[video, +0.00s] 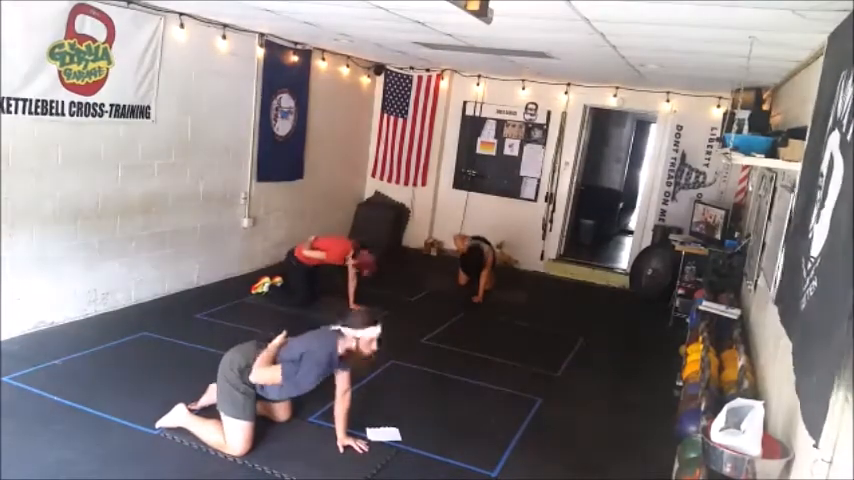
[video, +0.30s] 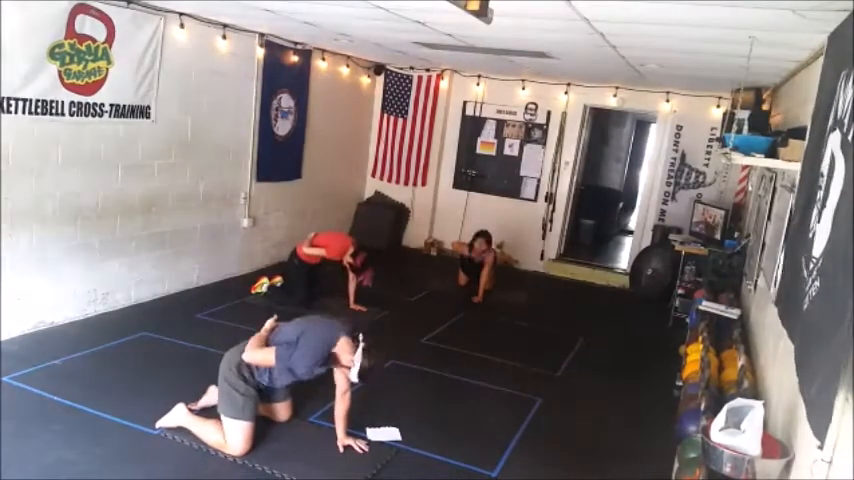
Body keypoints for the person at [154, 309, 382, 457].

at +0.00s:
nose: (375, 346)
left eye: (377, 340)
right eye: (373, 340)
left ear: (355, 333)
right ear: (355, 335)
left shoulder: (341, 343)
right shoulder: (317, 360)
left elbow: (343, 391)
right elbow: (257, 375)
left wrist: (343, 435)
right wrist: (274, 345)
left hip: (262, 355)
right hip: (238, 368)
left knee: (281, 412)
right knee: (237, 446)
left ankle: (221, 395)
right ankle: (183, 417)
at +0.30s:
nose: (350, 368)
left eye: (355, 367)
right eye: (353, 365)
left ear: (360, 351)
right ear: (355, 351)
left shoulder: (345, 341)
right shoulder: (312, 349)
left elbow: (343, 392)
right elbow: (249, 355)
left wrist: (342, 434)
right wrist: (264, 330)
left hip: (272, 365)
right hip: (241, 367)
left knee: (281, 412)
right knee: (236, 446)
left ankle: (220, 397)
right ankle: (183, 416)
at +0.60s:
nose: (373, 356)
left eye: (376, 350)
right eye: (370, 350)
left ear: (354, 336)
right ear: (354, 343)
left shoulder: (343, 338)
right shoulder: (316, 365)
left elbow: (342, 393)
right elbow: (257, 377)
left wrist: (342, 435)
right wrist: (271, 347)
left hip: (260, 356)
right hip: (235, 370)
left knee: (282, 413)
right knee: (236, 445)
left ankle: (220, 397)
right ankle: (183, 417)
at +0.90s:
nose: (362, 355)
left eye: (367, 350)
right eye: (359, 349)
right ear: (343, 339)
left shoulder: (330, 333)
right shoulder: (309, 356)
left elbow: (316, 361)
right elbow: (306, 413)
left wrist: (320, 387)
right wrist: (311, 458)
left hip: (260, 357)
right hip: (237, 370)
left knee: (281, 411)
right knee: (236, 445)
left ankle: (221, 395)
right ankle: (182, 417)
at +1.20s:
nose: (339, 372)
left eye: (343, 374)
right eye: (344, 372)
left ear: (353, 346)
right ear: (347, 361)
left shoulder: (335, 328)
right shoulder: (315, 363)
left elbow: (298, 323)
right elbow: (310, 414)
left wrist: (269, 329)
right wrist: (311, 458)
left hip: (262, 357)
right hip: (235, 367)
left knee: (280, 410)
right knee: (234, 445)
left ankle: (219, 398)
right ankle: (182, 418)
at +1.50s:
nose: (353, 318)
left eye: (351, 312)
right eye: (346, 315)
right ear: (326, 320)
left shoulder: (322, 335)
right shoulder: (305, 358)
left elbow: (294, 335)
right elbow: (303, 413)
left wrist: (262, 345)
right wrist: (311, 459)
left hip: (253, 356)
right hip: (229, 370)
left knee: (279, 410)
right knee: (233, 445)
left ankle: (217, 401)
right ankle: (182, 418)